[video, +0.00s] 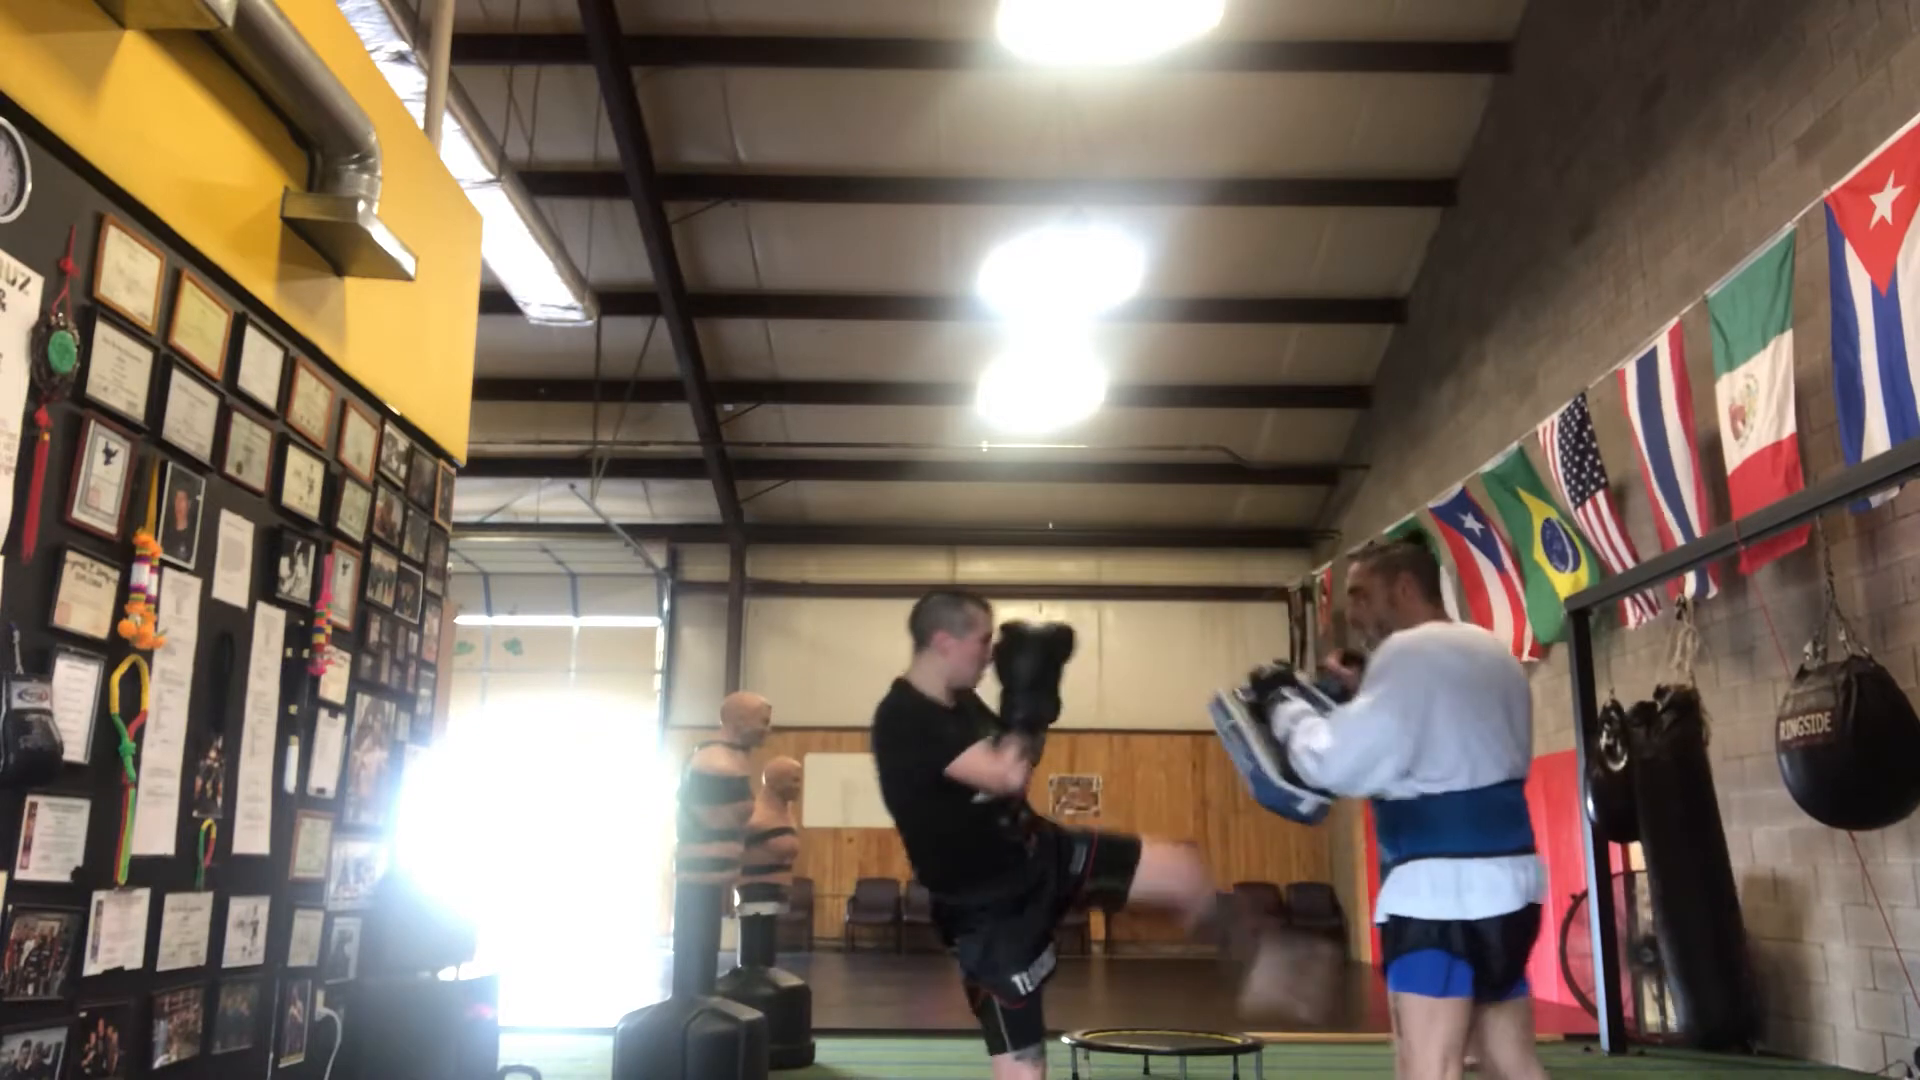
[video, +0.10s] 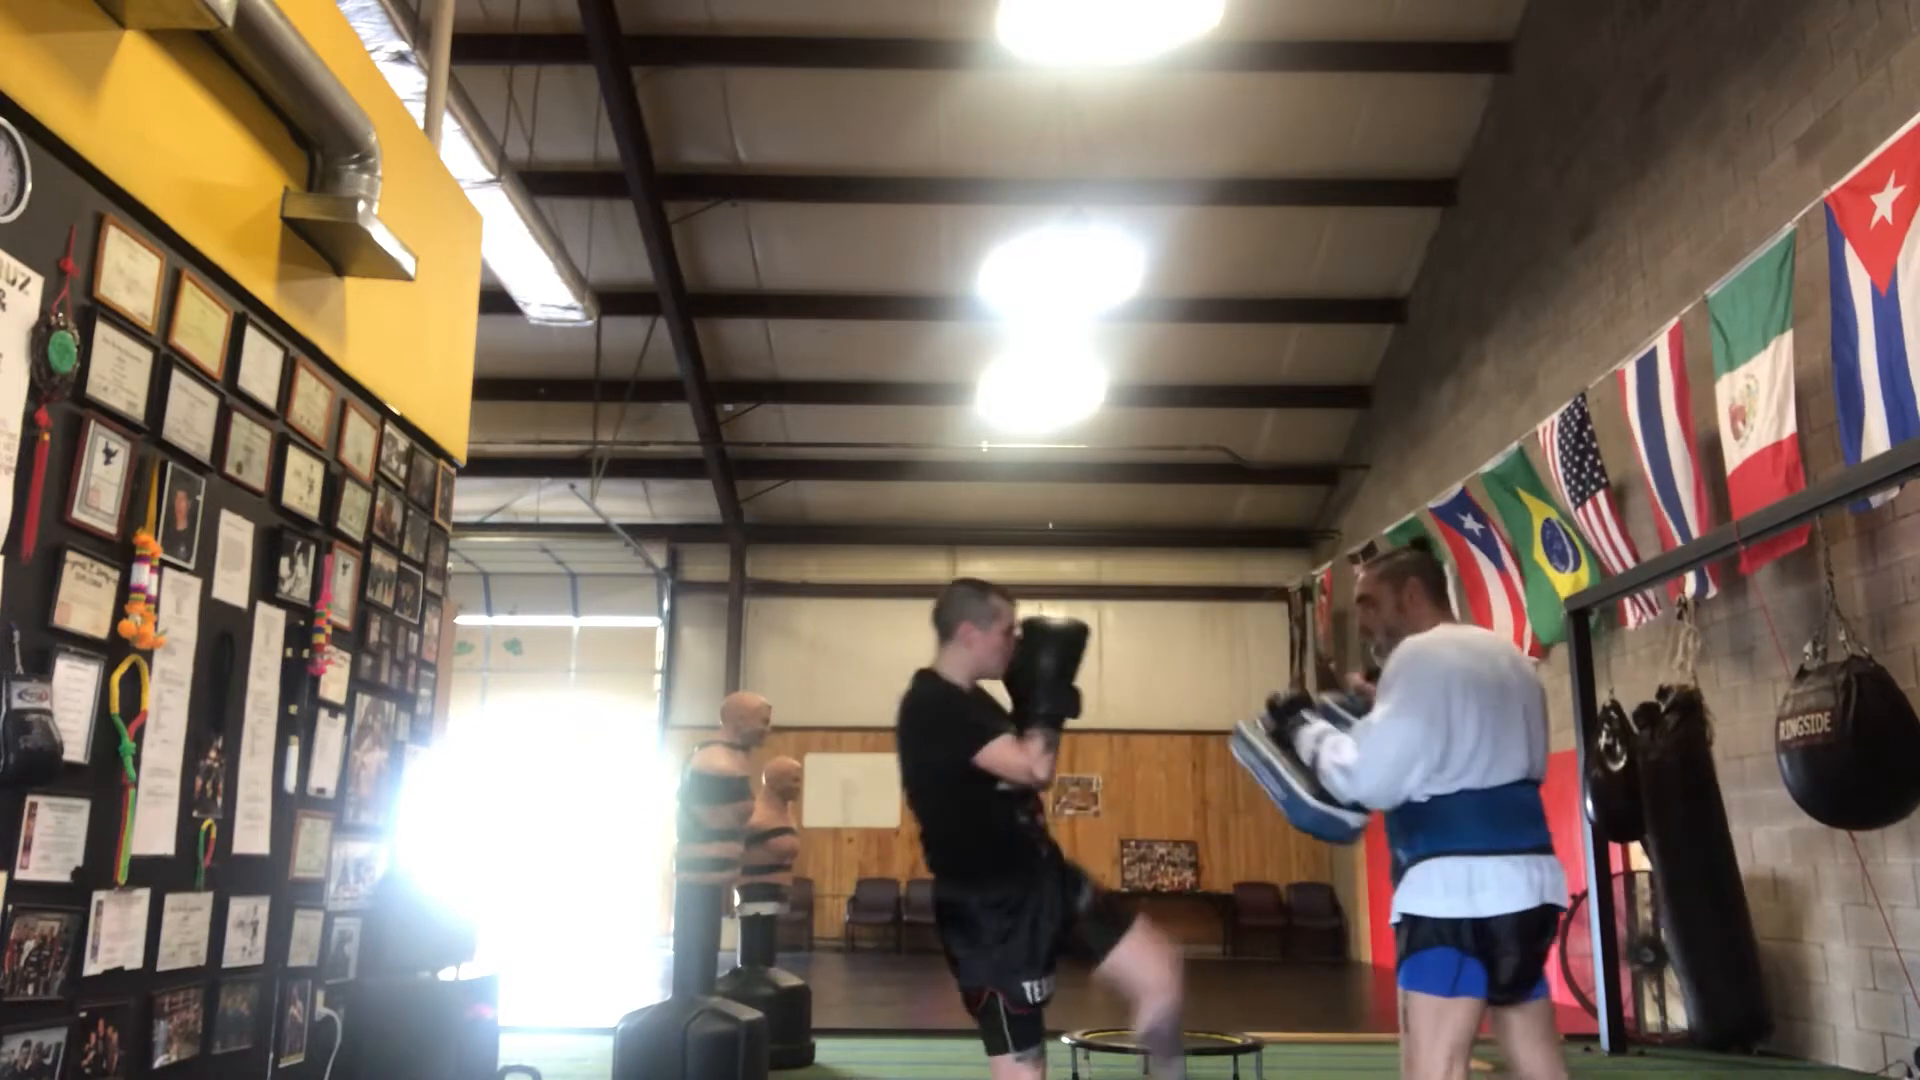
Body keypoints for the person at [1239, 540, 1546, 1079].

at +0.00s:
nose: (1352, 616)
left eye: (1360, 597)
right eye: (1350, 602)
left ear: (1402, 588)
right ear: (1412, 591)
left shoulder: (1407, 656)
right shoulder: (1496, 653)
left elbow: (1333, 763)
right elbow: (1448, 742)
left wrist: (1283, 701)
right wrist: (1361, 692)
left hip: (1440, 897)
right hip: (1513, 886)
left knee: (1428, 1067)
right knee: (1510, 1060)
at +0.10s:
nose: (1361, 621)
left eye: (1367, 603)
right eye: (1360, 606)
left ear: (1409, 594)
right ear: (1421, 597)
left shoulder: (1420, 659)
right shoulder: (1511, 657)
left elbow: (1371, 781)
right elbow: (1475, 752)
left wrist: (1305, 727)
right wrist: (1382, 708)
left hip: (1451, 898)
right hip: (1530, 890)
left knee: (1434, 1067)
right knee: (1539, 1060)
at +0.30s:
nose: (1367, 634)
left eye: (1370, 614)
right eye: (1362, 620)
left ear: (1409, 600)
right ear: (1419, 603)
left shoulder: (1420, 663)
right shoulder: (1527, 662)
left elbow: (1392, 794)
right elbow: (1544, 769)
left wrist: (1328, 759)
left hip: (1468, 901)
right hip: (1550, 893)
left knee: (1436, 1069)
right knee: (1552, 1065)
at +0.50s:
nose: (1349, 643)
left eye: (1351, 624)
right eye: (1345, 629)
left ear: (1390, 607)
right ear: (1408, 610)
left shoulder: (1404, 666)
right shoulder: (1503, 664)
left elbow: (1380, 797)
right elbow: (1530, 775)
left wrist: (1318, 759)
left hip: (1460, 897)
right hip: (1542, 892)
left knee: (1379, 1054)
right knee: (1546, 1066)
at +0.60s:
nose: (1325, 650)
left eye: (1329, 630)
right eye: (1322, 634)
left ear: (1369, 613)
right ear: (1381, 615)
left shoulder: (1388, 675)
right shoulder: (1480, 668)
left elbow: (1356, 800)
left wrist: (1286, 759)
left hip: (1446, 899)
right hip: (1526, 894)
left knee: (1352, 1054)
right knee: (1520, 1063)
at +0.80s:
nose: (1260, 643)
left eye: (1264, 622)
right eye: (1257, 627)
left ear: (1305, 605)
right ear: (1310, 609)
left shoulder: (1327, 672)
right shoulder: (1410, 668)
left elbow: (1287, 800)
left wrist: (1203, 759)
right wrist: (1276, 760)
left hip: (1372, 911)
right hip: (1454, 899)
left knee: (1298, 1066)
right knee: (1473, 1062)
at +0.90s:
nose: (1219, 628)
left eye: (1225, 607)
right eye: (1216, 611)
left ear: (1267, 592)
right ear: (1274, 595)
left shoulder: (1286, 656)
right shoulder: (1369, 654)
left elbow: (1253, 791)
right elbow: (1326, 765)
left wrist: (1173, 754)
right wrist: (1228, 745)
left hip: (1331, 905)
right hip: (1396, 895)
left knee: (1286, 1068)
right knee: (1378, 1058)